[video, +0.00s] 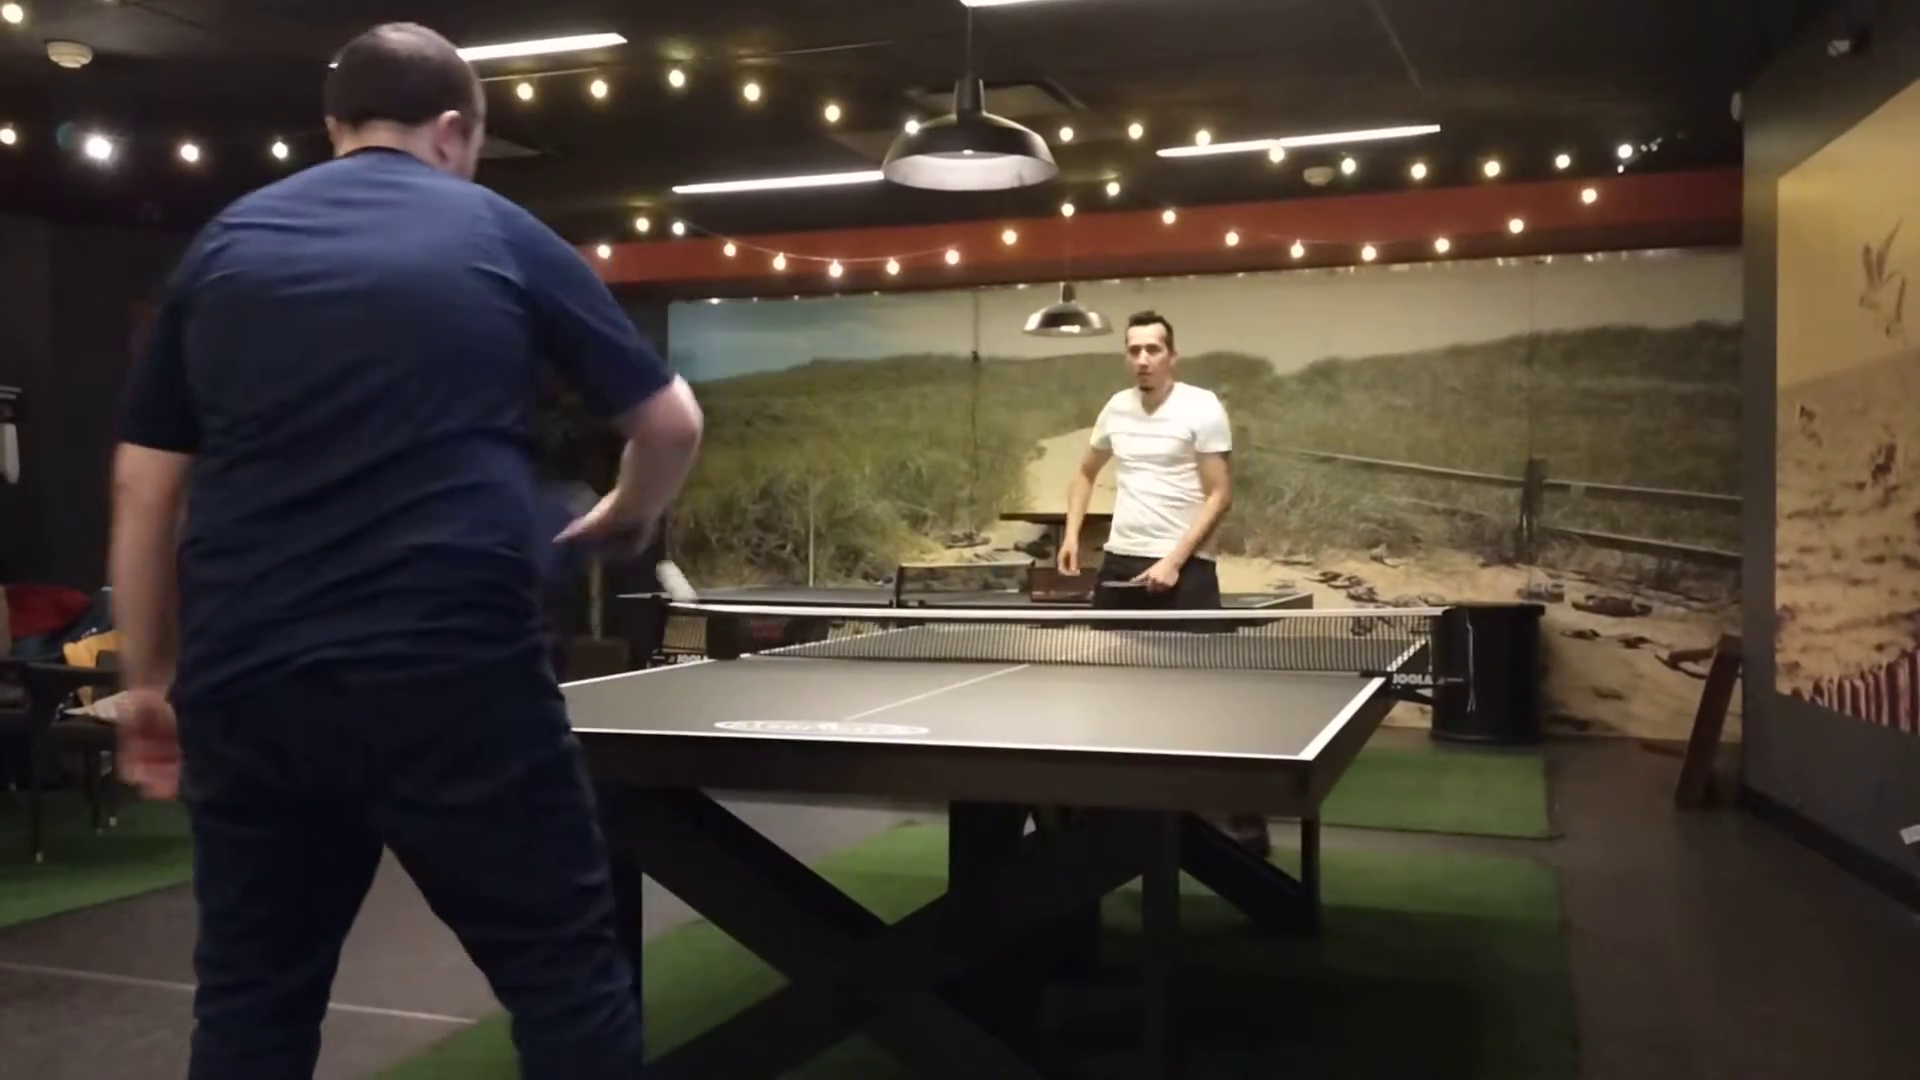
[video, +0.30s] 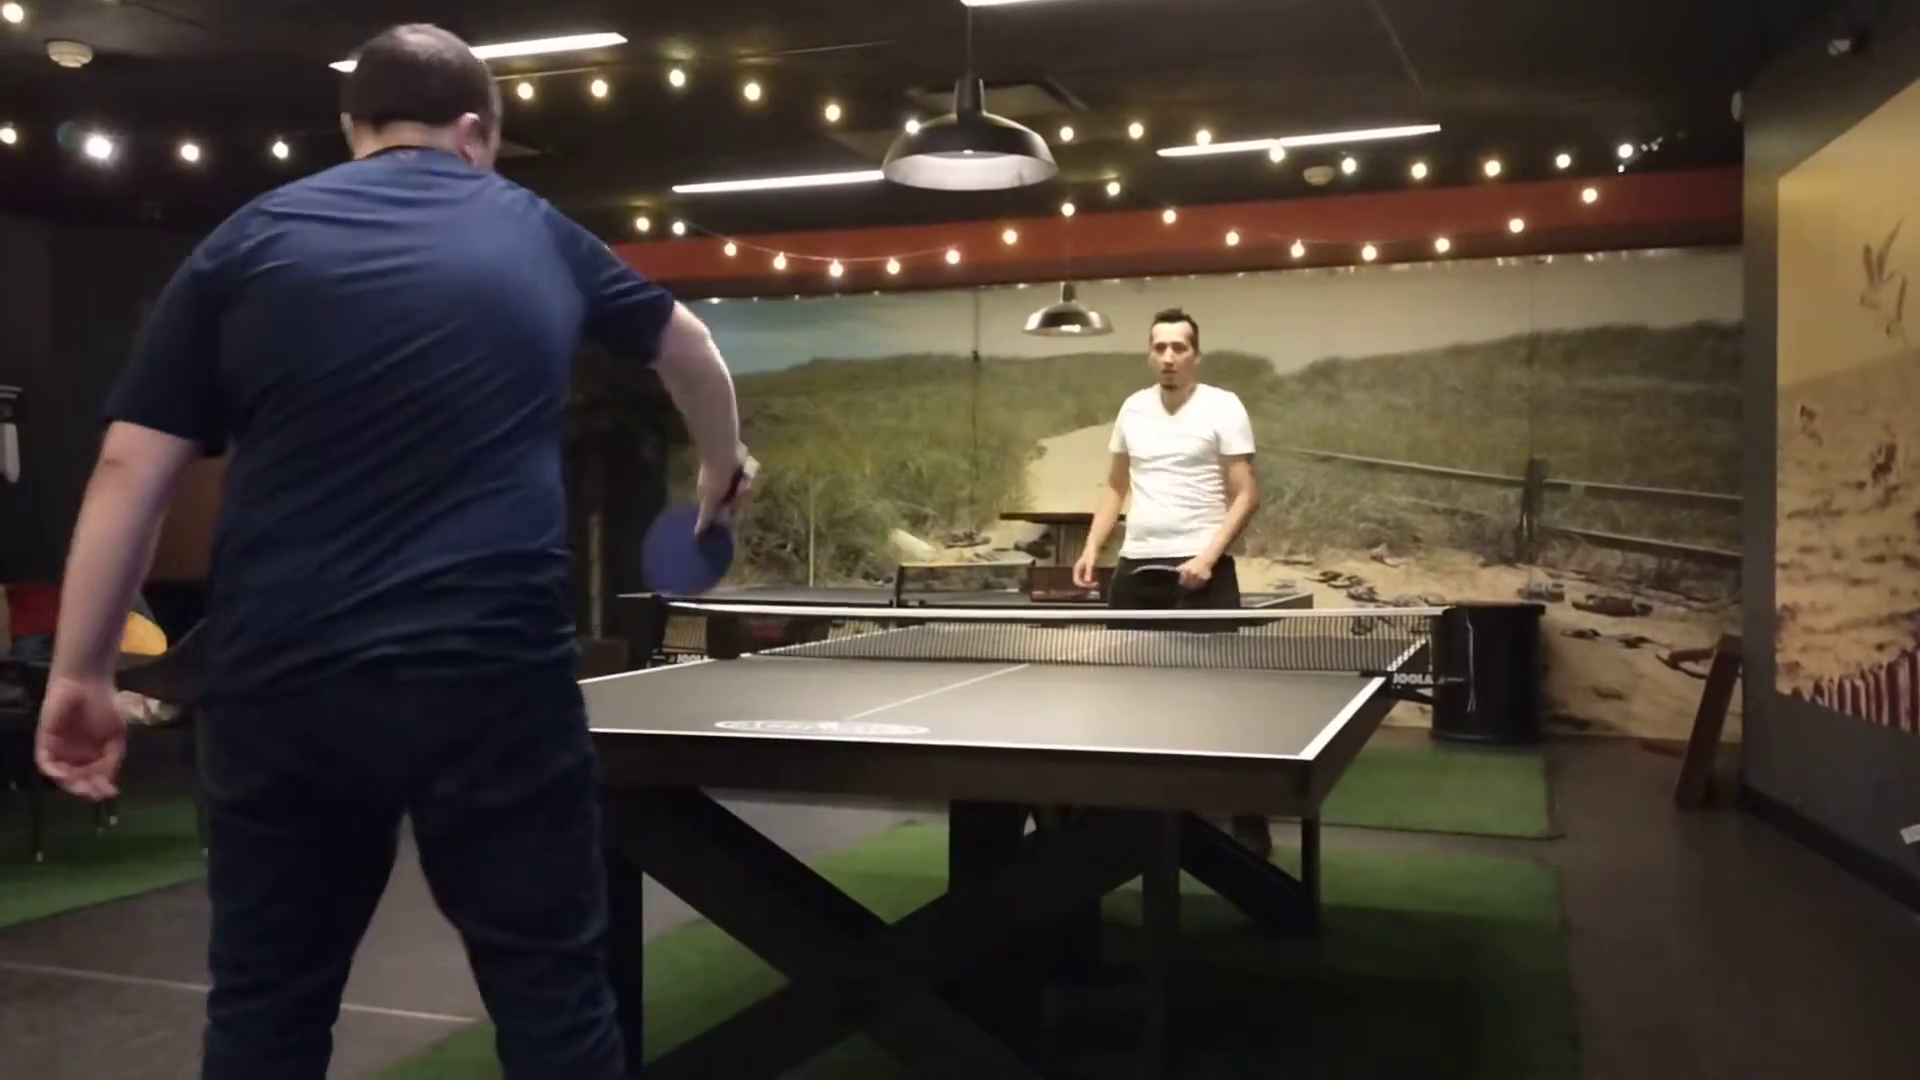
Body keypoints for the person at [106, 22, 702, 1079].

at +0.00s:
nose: (475, 161)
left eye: (475, 145)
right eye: (476, 141)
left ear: (334, 127)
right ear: (452, 132)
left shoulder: (226, 238)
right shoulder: (493, 227)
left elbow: (143, 476)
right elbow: (670, 422)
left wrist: (144, 676)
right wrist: (621, 518)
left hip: (252, 691)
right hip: (458, 678)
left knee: (247, 1005)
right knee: (567, 981)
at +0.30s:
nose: (498, 151)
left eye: (492, 136)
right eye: (496, 135)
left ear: (352, 132)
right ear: (478, 128)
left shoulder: (246, 237)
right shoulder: (534, 226)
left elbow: (133, 463)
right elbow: (688, 349)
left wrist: (80, 668)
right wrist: (724, 467)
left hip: (280, 688)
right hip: (492, 678)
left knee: (263, 1007)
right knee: (554, 1002)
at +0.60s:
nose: (589, 156)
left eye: (585, 139)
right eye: (588, 137)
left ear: (448, 132)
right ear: (566, 131)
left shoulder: (334, 243)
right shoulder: (621, 251)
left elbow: (246, 461)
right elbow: (748, 457)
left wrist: (221, 659)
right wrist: (685, 591)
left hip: (355, 692)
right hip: (561, 690)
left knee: (307, 1006)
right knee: (584, 1013)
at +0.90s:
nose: (665, 153)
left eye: (668, 134)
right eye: (666, 131)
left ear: (532, 120)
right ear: (642, 122)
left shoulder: (413, 231)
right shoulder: (654, 237)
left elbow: (321, 434)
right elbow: (680, 418)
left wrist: (330, 605)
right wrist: (731, 617)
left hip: (374, 663)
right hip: (562, 681)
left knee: (321, 988)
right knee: (589, 1006)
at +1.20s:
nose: (690, 135)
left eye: (693, 118)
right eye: (691, 115)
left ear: (556, 110)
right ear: (670, 107)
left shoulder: (451, 219)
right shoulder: (696, 230)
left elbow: (368, 432)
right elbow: (736, 432)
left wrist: (406, 579)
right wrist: (754, 603)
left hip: (425, 647)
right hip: (604, 664)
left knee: (356, 947)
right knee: (617, 985)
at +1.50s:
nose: (662, 128)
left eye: (660, 107)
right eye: (663, 105)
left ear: (523, 102)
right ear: (635, 96)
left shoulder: (400, 224)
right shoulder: (662, 231)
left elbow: (336, 432)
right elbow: (730, 440)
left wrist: (384, 576)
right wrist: (761, 624)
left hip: (410, 649)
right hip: (590, 663)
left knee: (411, 957)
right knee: (602, 981)